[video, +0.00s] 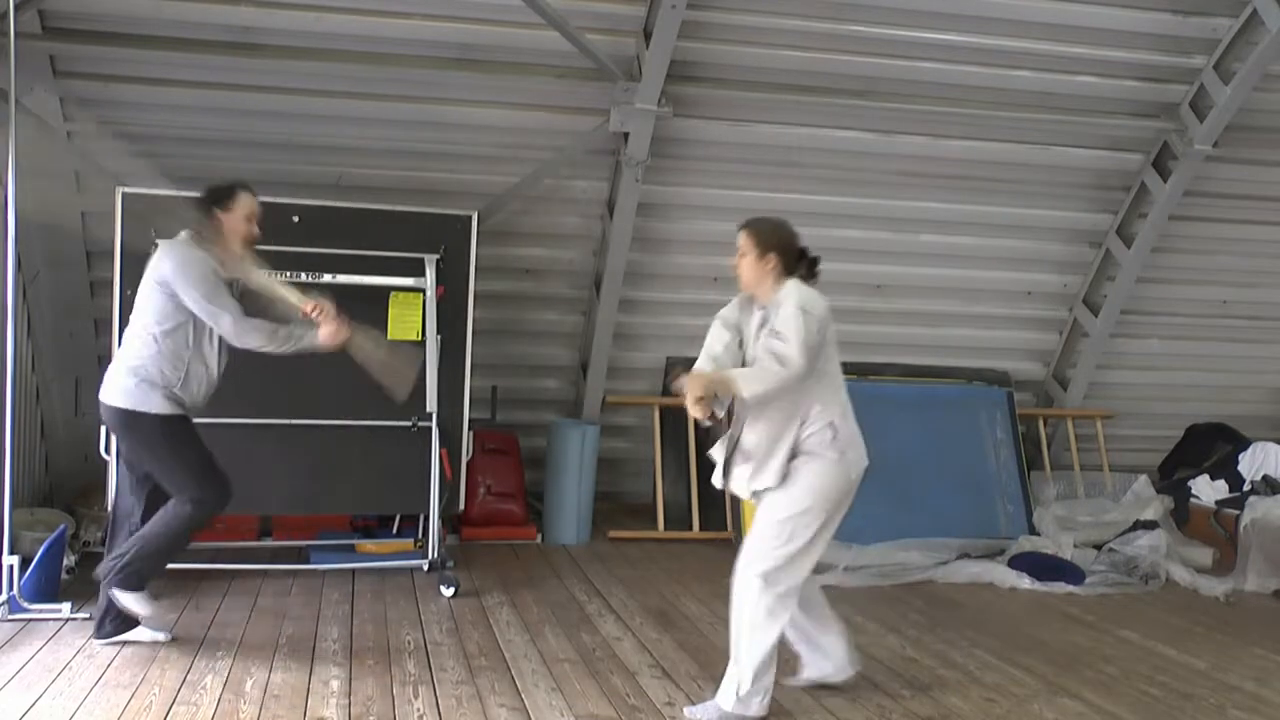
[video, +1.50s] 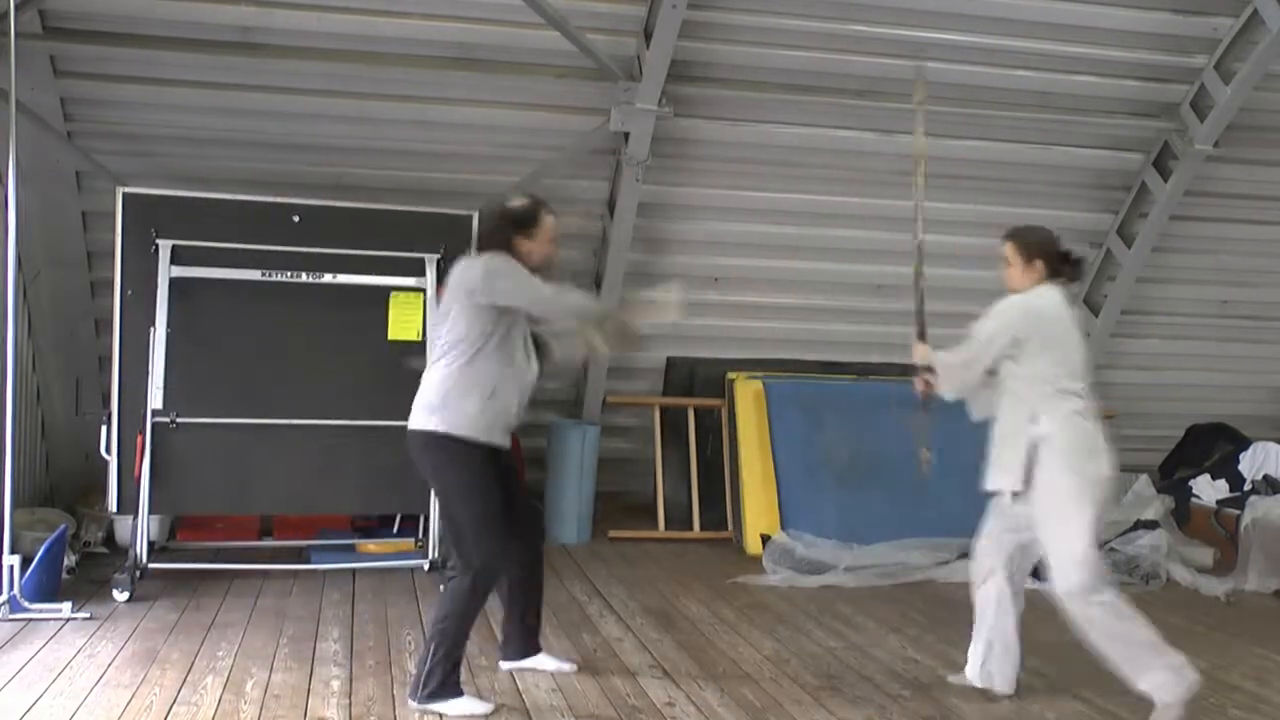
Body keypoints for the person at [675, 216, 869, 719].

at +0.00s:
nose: (734, 264)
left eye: (742, 254)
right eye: (736, 254)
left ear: (770, 261)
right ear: (768, 261)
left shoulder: (802, 303)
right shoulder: (748, 307)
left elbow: (788, 366)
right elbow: (721, 343)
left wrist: (718, 380)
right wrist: (701, 386)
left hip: (825, 456)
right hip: (784, 455)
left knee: (759, 567)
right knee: (776, 562)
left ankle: (742, 699)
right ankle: (831, 660)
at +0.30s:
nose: (790, 251)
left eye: (798, 242)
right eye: (792, 242)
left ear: (826, 248)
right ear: (826, 248)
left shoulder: (838, 297)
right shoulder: (815, 295)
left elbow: (798, 377)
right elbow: (763, 328)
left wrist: (732, 378)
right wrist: (702, 348)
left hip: (856, 450)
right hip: (827, 449)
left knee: (797, 555)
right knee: (795, 557)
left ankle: (867, 665)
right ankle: (816, 668)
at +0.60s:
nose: (840, 240)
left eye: (847, 231)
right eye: (841, 230)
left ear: (874, 239)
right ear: (885, 240)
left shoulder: (855, 293)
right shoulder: (912, 285)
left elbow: (808, 361)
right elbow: (857, 307)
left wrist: (780, 310)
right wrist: (810, 275)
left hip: (881, 449)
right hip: (921, 444)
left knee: (870, 566)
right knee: (890, 558)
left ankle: (909, 701)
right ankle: (903, 665)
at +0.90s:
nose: (897, 243)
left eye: (903, 235)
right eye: (898, 233)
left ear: (931, 240)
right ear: (939, 241)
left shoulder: (902, 289)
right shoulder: (962, 284)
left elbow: (825, 318)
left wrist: (819, 256)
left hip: (917, 451)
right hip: (964, 444)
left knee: (895, 569)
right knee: (959, 552)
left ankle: (909, 701)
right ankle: (988, 658)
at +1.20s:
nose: (953, 248)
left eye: (961, 240)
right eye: (955, 239)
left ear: (987, 248)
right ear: (993, 249)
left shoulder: (965, 289)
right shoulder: (1005, 293)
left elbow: (889, 308)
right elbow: (936, 310)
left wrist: (878, 266)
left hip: (996, 440)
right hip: (1024, 438)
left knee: (966, 561)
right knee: (998, 561)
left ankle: (959, 688)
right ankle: (995, 675)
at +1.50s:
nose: (1003, 272)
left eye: (1009, 264)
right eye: (1004, 263)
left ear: (1035, 266)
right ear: (1040, 267)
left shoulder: (1032, 305)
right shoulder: (1051, 309)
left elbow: (973, 357)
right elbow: (1007, 391)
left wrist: (933, 359)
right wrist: (947, 383)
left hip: (1061, 457)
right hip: (1035, 460)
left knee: (1075, 581)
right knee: (994, 560)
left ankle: (1173, 682)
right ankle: (991, 675)